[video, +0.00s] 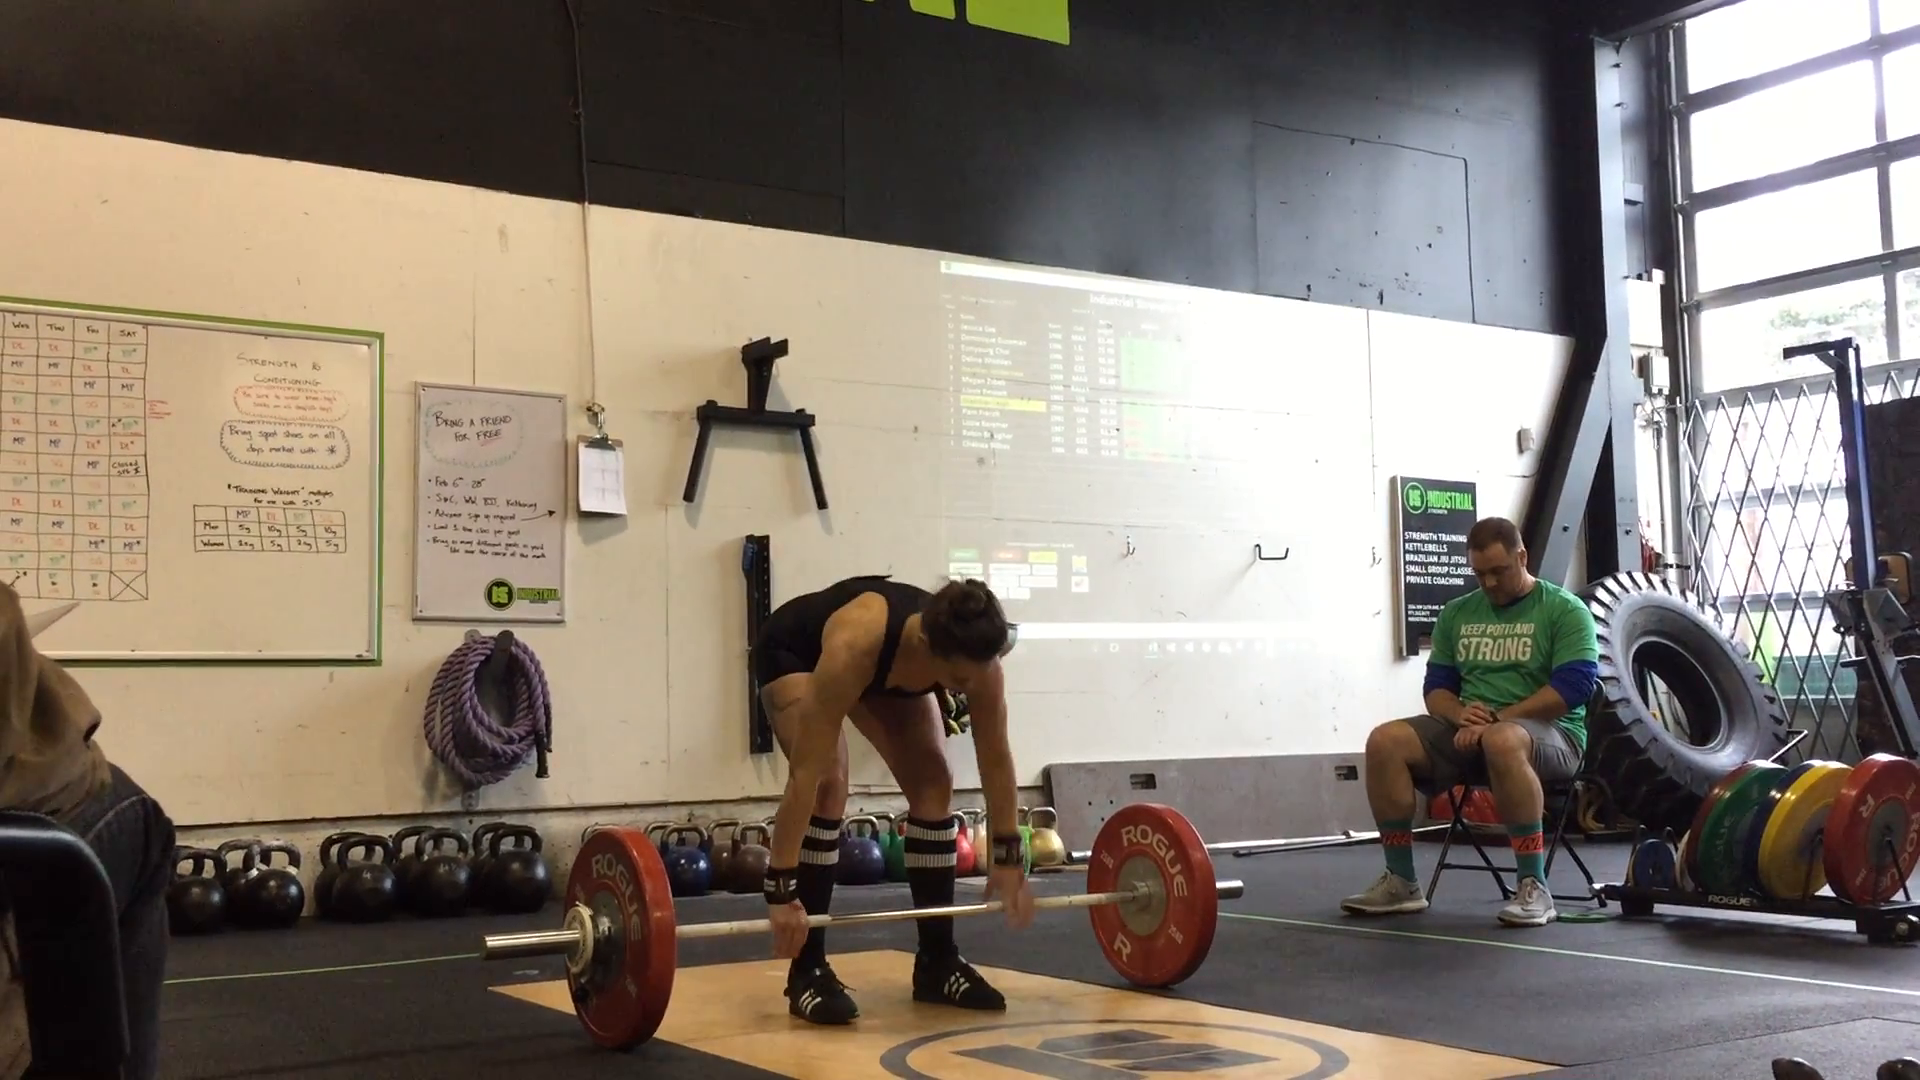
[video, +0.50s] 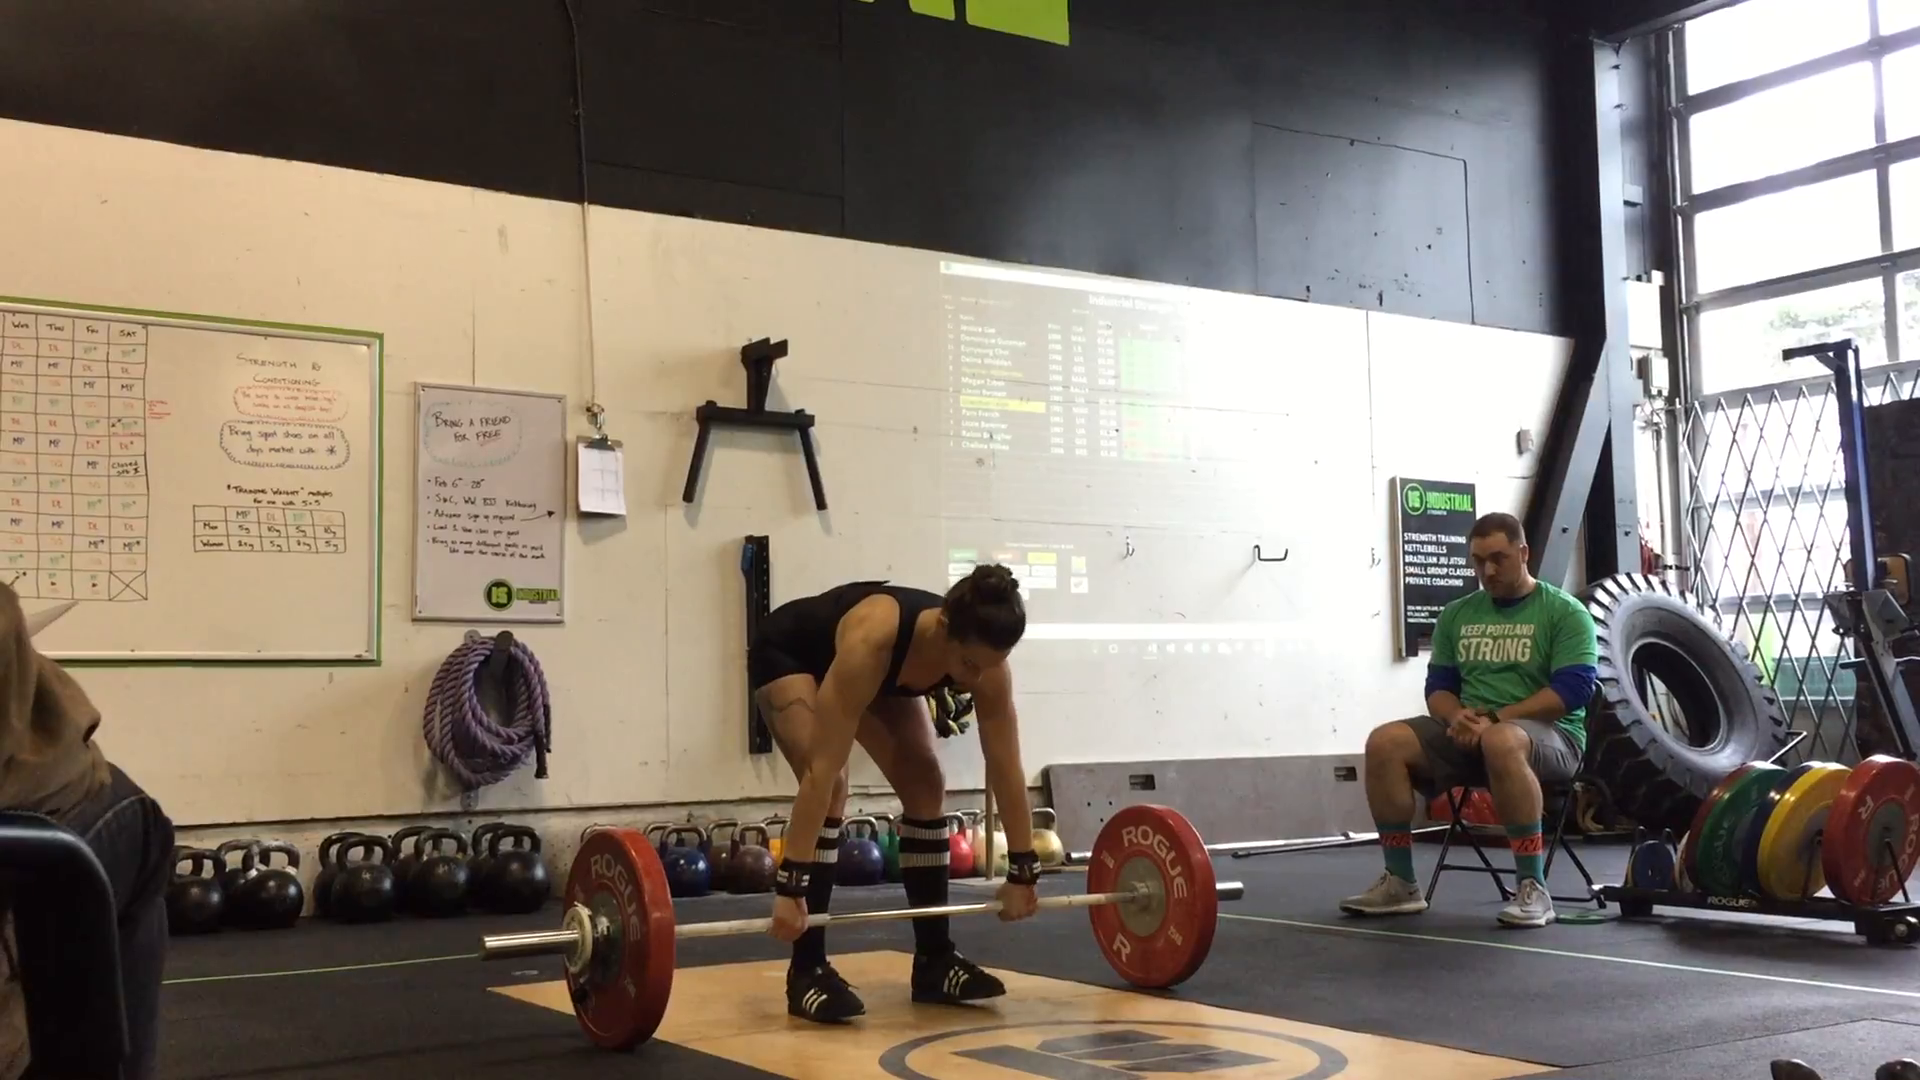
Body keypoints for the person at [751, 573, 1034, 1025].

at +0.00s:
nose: (968, 688)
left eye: (976, 676)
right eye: (958, 678)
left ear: (987, 656)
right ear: (927, 646)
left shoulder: (983, 662)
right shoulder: (853, 646)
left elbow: (995, 758)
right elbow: (806, 771)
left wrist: (1006, 854)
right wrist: (780, 887)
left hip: (885, 667)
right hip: (792, 655)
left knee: (933, 785)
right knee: (829, 786)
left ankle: (937, 963)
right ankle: (809, 972)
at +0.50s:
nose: (976, 679)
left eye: (989, 669)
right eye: (969, 664)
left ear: (1003, 653)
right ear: (941, 628)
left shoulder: (991, 668)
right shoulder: (870, 641)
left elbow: (1004, 766)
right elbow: (823, 769)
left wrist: (1022, 870)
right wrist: (791, 886)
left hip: (880, 671)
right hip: (789, 654)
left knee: (925, 786)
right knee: (829, 783)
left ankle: (934, 961)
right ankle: (809, 972)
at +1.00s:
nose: (981, 688)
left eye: (993, 678)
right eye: (972, 674)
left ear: (1009, 662)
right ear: (944, 636)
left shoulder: (1001, 682)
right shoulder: (874, 648)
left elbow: (1015, 779)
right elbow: (825, 771)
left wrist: (1029, 877)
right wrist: (788, 890)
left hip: (892, 679)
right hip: (801, 665)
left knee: (946, 786)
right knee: (842, 789)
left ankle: (937, 964)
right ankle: (812, 974)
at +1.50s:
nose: (985, 682)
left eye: (998, 672)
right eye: (976, 668)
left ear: (1013, 655)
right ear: (947, 632)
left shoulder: (1004, 680)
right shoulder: (882, 647)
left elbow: (1021, 782)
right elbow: (829, 777)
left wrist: (1031, 878)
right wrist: (790, 891)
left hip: (894, 676)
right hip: (803, 659)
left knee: (943, 785)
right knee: (837, 786)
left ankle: (938, 963)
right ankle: (810, 973)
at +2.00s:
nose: (996, 677)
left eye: (1008, 665)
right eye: (987, 663)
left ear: (1021, 649)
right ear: (952, 631)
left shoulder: (1010, 676)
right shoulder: (888, 645)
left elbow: (1023, 781)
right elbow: (833, 776)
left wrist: (1033, 877)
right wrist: (794, 890)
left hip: (903, 677)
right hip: (810, 659)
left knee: (951, 781)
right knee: (842, 789)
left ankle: (945, 959)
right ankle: (814, 971)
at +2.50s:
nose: (998, 671)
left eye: (1009, 659)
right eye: (988, 656)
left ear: (1022, 642)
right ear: (953, 626)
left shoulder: (1007, 673)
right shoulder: (889, 645)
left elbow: (1020, 778)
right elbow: (833, 773)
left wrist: (1033, 874)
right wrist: (798, 888)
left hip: (897, 675)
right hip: (805, 659)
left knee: (942, 787)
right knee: (842, 787)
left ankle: (942, 964)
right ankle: (817, 973)